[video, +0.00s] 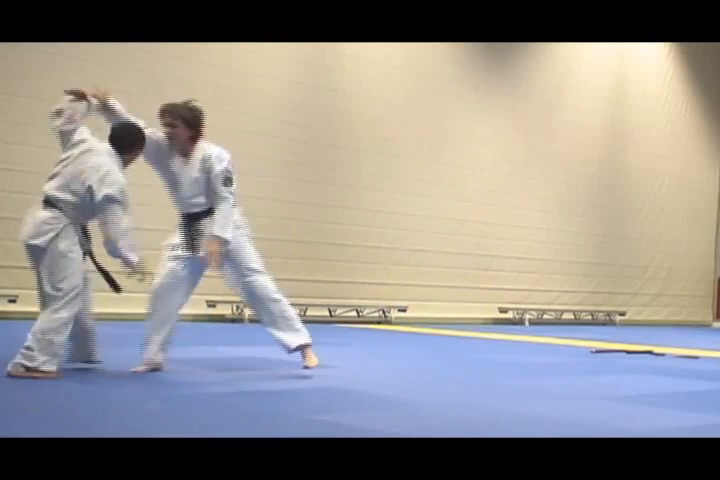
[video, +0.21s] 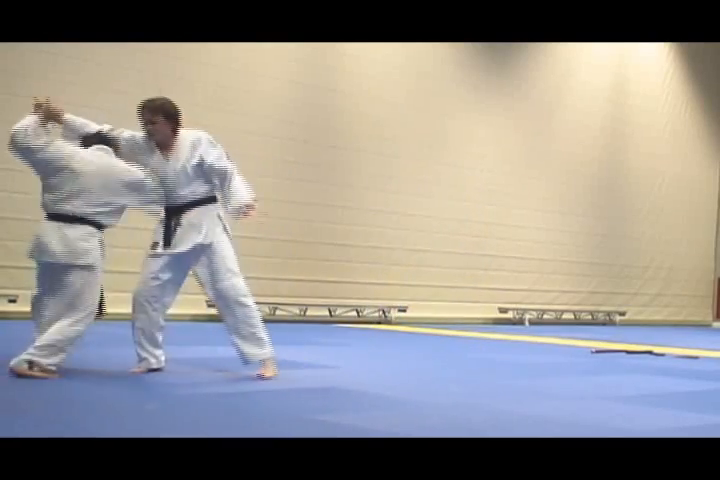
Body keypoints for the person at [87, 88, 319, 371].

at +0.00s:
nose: (165, 132)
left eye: (171, 127)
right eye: (164, 127)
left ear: (191, 131)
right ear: (166, 130)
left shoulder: (215, 158)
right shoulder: (161, 151)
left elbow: (226, 202)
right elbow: (132, 127)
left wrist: (217, 237)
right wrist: (104, 103)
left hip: (223, 224)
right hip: (189, 229)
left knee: (257, 284)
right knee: (165, 287)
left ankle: (304, 346)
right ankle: (153, 356)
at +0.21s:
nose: (147, 128)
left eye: (153, 122)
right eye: (146, 123)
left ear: (172, 123)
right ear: (146, 125)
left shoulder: (200, 145)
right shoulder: (143, 147)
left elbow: (228, 175)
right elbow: (102, 134)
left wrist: (240, 199)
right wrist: (61, 118)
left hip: (207, 223)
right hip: (172, 228)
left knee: (231, 290)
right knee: (147, 293)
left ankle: (264, 359)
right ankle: (150, 360)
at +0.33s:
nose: (132, 142)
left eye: (133, 135)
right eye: (129, 137)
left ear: (148, 128)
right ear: (135, 133)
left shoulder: (183, 132)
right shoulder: (140, 149)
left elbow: (224, 140)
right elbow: (105, 135)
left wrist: (254, 160)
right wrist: (66, 120)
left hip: (201, 214)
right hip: (169, 218)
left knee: (217, 287)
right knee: (153, 293)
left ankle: (245, 357)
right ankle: (153, 360)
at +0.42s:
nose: (126, 137)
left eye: (127, 130)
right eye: (123, 132)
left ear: (139, 125)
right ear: (132, 128)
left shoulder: (175, 130)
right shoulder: (141, 145)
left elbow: (219, 128)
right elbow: (105, 125)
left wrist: (257, 145)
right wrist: (71, 107)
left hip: (197, 212)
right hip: (170, 218)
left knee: (209, 285)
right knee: (160, 289)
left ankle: (241, 356)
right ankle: (155, 359)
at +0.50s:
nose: (126, 125)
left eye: (128, 119)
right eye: (125, 120)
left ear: (142, 116)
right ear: (136, 119)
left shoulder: (175, 126)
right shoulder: (139, 137)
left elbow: (212, 131)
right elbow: (108, 120)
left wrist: (245, 144)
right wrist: (74, 103)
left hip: (196, 212)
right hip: (168, 218)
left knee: (206, 285)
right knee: (155, 289)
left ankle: (242, 356)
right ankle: (160, 357)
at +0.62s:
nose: (130, 121)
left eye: (133, 115)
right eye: (130, 116)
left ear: (149, 115)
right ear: (144, 116)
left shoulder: (178, 129)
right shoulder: (142, 139)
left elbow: (206, 145)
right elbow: (111, 133)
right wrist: (78, 126)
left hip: (189, 215)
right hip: (163, 217)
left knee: (180, 282)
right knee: (152, 290)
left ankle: (226, 348)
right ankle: (160, 357)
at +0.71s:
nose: (131, 125)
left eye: (134, 119)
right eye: (131, 119)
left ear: (148, 116)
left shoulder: (169, 128)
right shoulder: (147, 147)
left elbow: (191, 151)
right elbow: (117, 160)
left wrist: (158, 181)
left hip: (191, 215)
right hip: (170, 217)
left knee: (163, 279)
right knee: (150, 283)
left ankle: (198, 351)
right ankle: (160, 357)